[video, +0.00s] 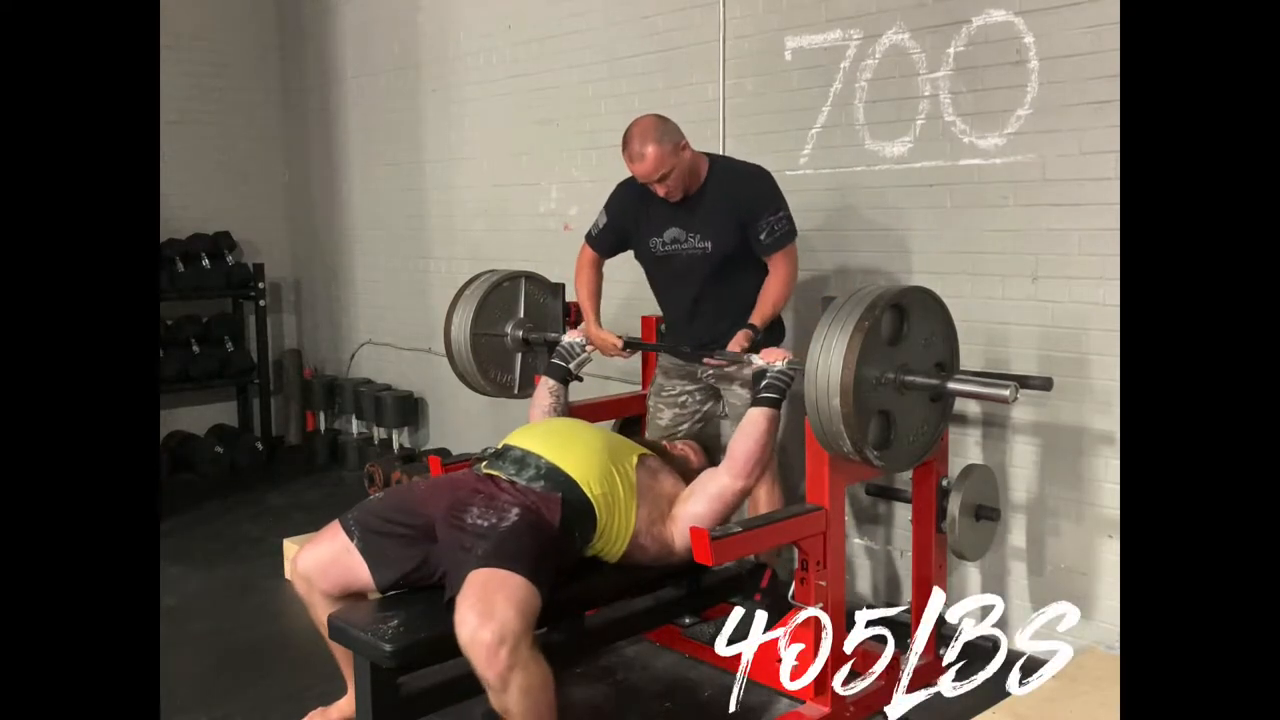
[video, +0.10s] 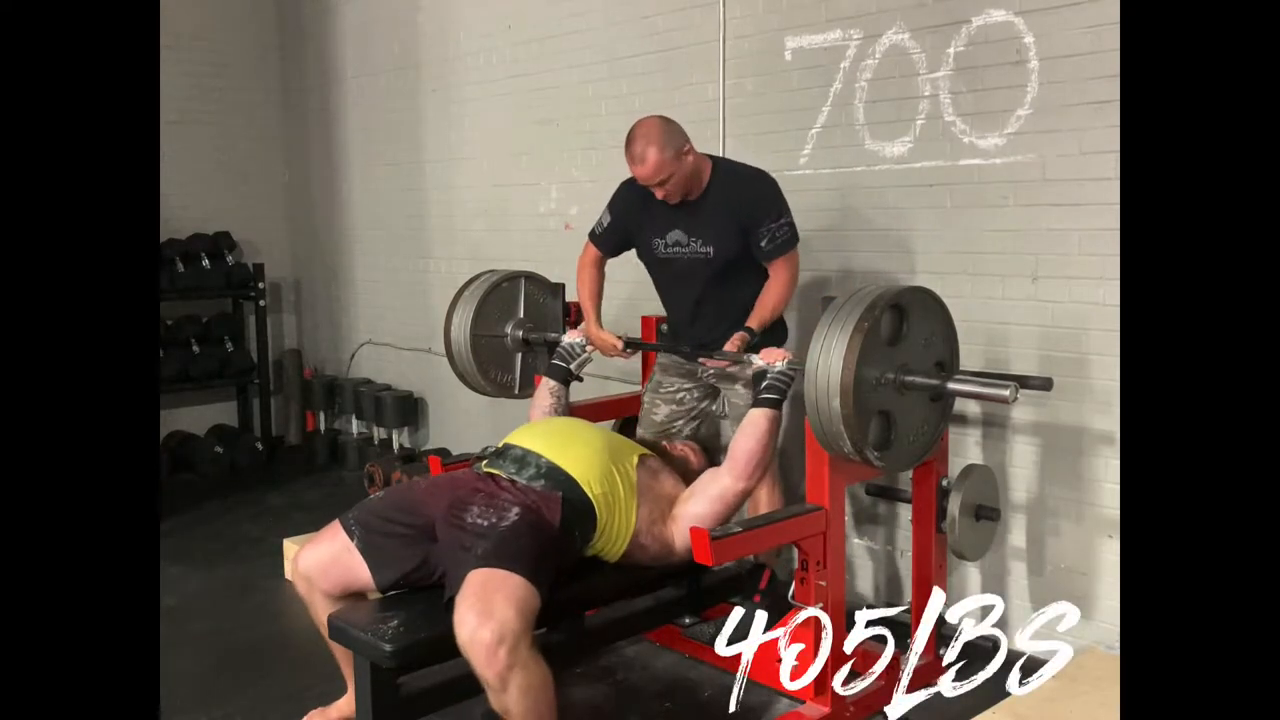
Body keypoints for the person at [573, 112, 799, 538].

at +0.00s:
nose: (659, 191)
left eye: (664, 178)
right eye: (648, 184)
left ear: (686, 148)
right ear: (633, 168)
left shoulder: (749, 185)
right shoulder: (631, 201)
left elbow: (783, 267)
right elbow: (590, 256)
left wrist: (753, 329)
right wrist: (592, 325)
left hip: (748, 356)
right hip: (678, 357)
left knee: (755, 466)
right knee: (669, 471)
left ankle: (769, 583)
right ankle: (674, 581)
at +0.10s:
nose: (659, 195)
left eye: (664, 182)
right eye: (648, 186)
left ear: (689, 154)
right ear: (635, 171)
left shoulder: (751, 189)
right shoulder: (634, 200)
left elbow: (785, 273)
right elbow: (591, 256)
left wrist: (748, 333)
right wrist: (592, 325)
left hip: (749, 352)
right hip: (680, 353)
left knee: (755, 465)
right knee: (658, 462)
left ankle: (770, 583)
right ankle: (671, 583)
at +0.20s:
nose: (648, 197)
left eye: (654, 186)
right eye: (640, 189)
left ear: (682, 159)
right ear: (629, 172)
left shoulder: (746, 191)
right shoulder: (628, 201)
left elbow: (776, 275)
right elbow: (587, 258)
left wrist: (742, 335)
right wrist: (590, 326)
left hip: (750, 351)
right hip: (680, 350)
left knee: (755, 469)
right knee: (656, 464)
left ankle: (767, 585)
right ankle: (670, 582)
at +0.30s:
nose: (641, 199)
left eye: (647, 188)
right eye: (632, 191)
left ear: (674, 161)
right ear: (621, 175)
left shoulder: (737, 192)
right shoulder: (619, 202)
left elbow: (766, 278)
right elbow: (580, 259)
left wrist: (736, 343)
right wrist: (590, 328)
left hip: (746, 355)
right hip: (676, 357)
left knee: (752, 469)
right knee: (658, 469)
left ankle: (769, 583)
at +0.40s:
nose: (638, 200)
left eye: (644, 188)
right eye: (629, 192)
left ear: (670, 160)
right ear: (617, 177)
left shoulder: (734, 195)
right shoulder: (614, 203)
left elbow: (762, 281)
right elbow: (579, 259)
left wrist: (735, 340)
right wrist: (590, 328)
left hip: (743, 361)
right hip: (673, 360)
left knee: (749, 473)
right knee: (653, 469)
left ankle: (763, 579)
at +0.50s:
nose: (639, 201)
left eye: (645, 189)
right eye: (629, 193)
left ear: (671, 162)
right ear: (616, 176)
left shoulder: (735, 196)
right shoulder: (615, 203)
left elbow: (765, 277)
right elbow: (582, 257)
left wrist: (734, 342)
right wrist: (591, 327)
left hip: (743, 358)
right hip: (671, 359)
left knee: (747, 476)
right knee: (655, 467)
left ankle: (760, 593)